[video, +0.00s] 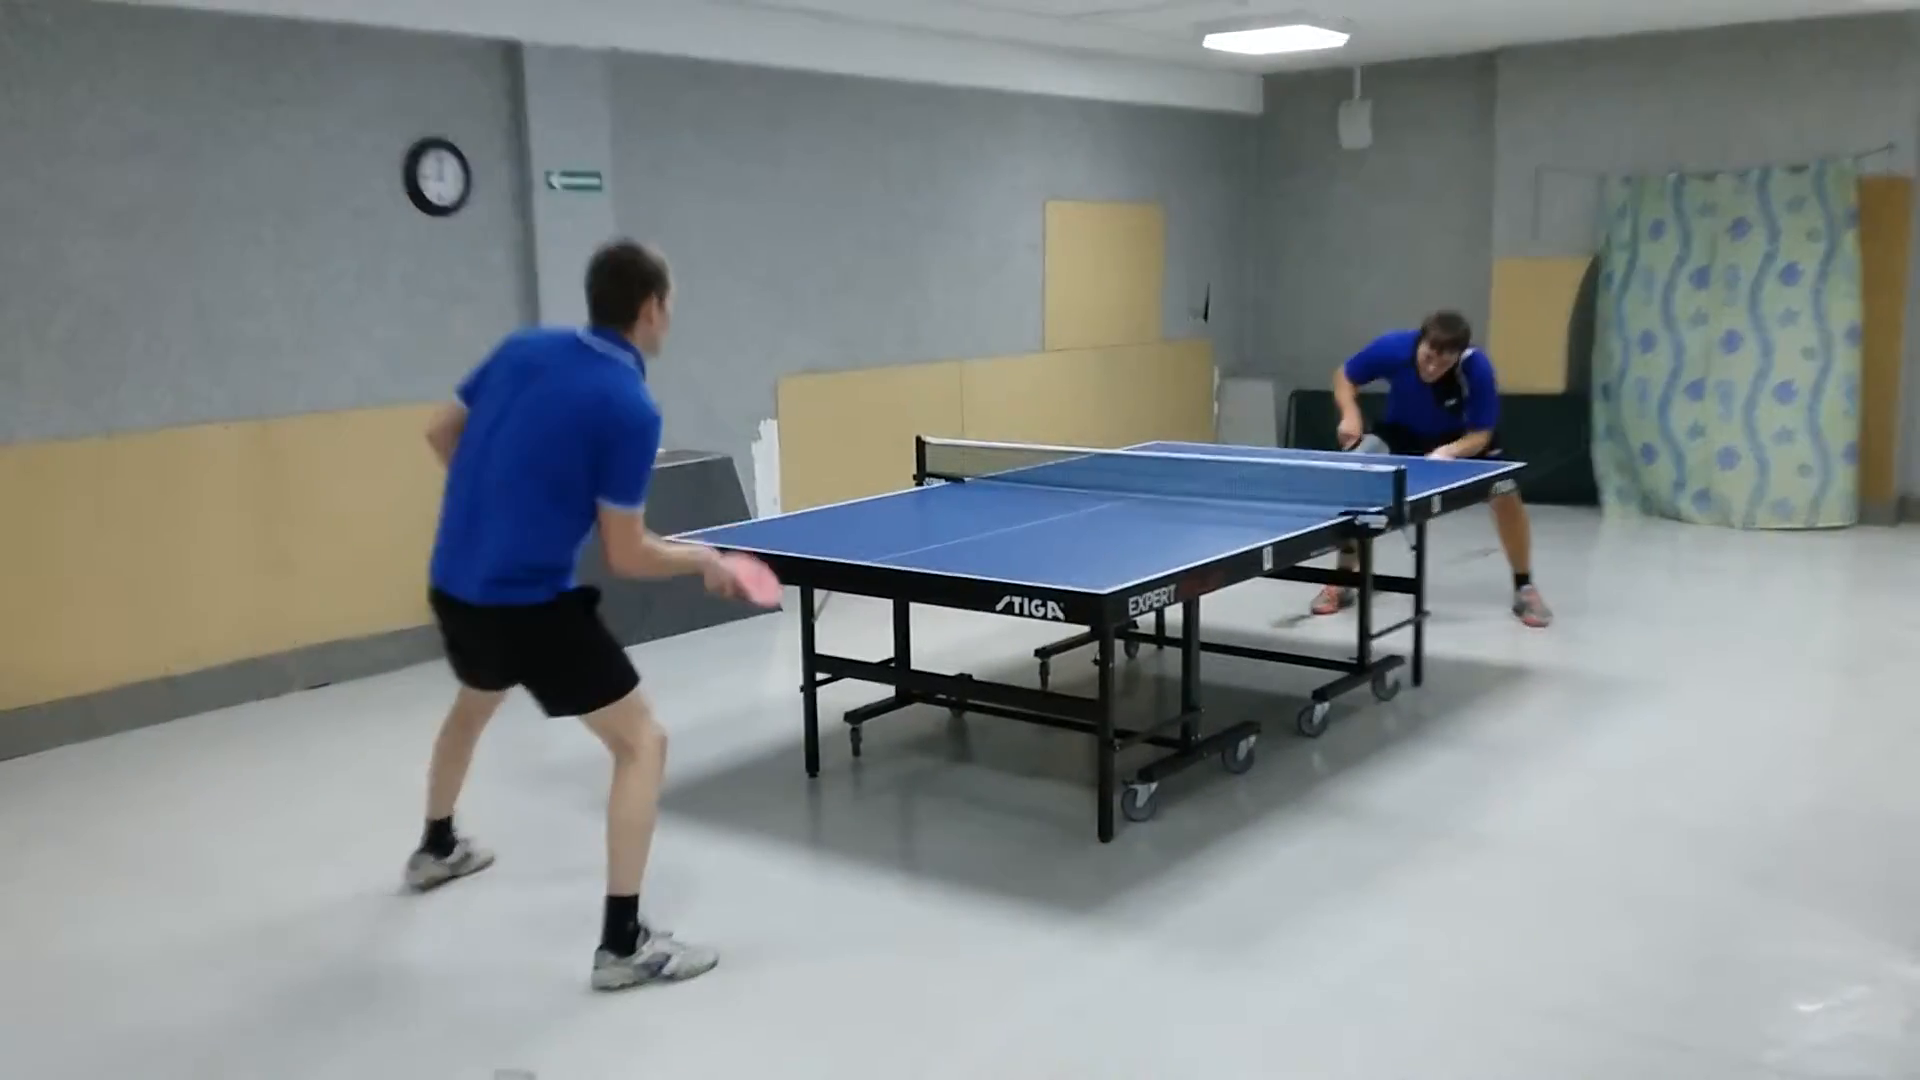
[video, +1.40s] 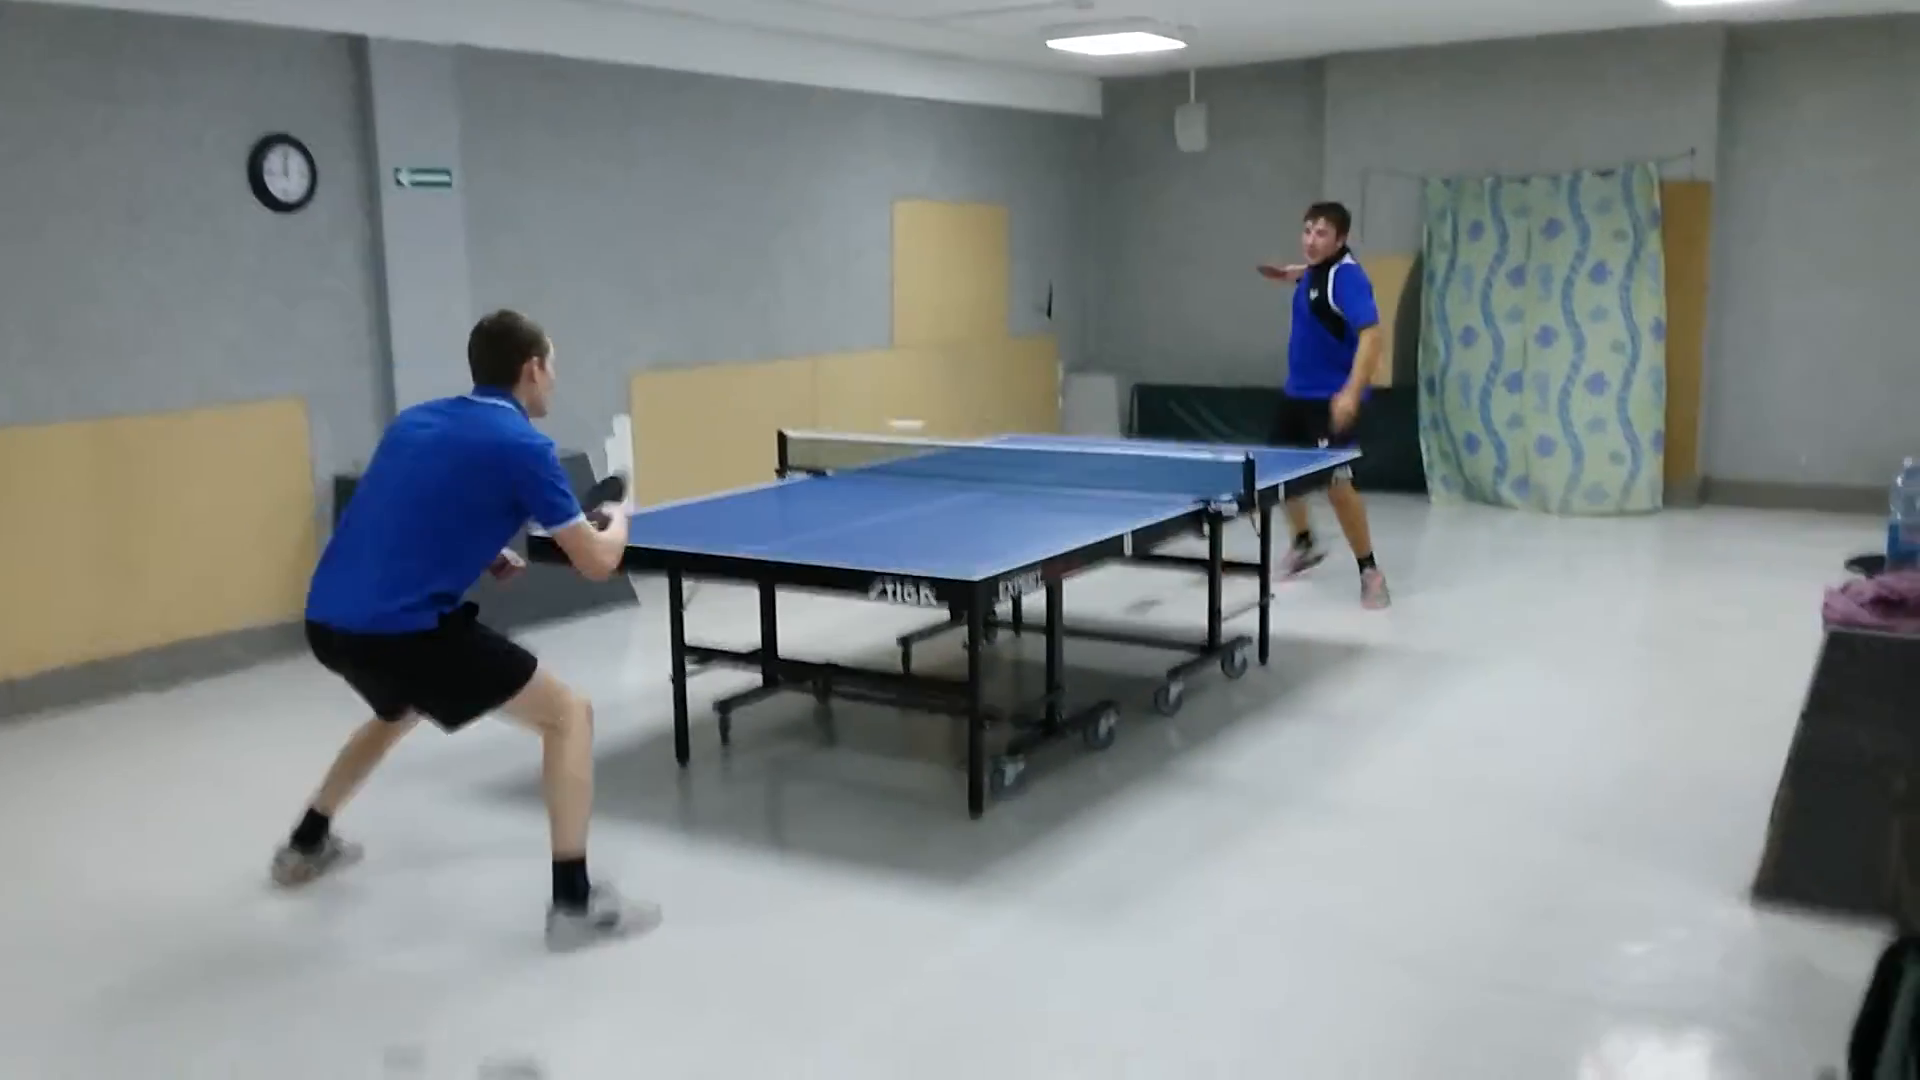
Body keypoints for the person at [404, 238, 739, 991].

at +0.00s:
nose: (669, 318)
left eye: (666, 304)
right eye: (667, 305)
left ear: (596, 303)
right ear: (650, 311)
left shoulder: (526, 348)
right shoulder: (628, 407)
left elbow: (442, 429)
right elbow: (627, 556)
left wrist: (497, 495)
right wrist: (702, 560)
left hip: (456, 582)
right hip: (534, 600)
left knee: (478, 696)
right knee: (641, 742)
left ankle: (435, 846)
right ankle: (623, 942)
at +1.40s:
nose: (552, 379)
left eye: (549, 366)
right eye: (549, 367)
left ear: (480, 370)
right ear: (532, 371)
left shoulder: (418, 419)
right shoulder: (525, 447)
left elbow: (399, 512)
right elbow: (596, 562)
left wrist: (480, 552)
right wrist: (615, 522)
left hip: (330, 620)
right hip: (408, 628)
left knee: (400, 708)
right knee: (567, 715)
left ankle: (305, 842)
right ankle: (574, 900)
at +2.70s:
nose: (187, 422)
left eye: (184, 406)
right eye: (181, 407)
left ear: (104, 418)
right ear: (152, 414)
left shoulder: (36, 478)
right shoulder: (154, 499)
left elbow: (44, 593)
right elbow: (218, 649)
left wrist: (143, 629)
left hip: (1, 713)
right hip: (49, 719)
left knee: (22, 823)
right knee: (223, 851)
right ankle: (216, 1057)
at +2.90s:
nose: (123, 417)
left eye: (121, 401)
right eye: (117, 402)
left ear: (44, 410)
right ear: (89, 407)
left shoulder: (7, 462)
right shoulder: (103, 478)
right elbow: (256, 578)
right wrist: (243, 615)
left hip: (10, 695)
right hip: (10, 698)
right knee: (109, 862)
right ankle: (197, 1059)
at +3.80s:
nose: (168, 364)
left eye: (163, 347)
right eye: (159, 347)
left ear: (93, 359)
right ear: (123, 356)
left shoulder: (32, 427)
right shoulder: (115, 446)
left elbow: (19, 552)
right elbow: (176, 599)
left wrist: (95, 610)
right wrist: (287, 620)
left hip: (10, 672)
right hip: (35, 684)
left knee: (24, 778)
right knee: (180, 816)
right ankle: (145, 1031)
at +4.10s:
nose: (70, 374)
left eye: (67, 360)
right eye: (63, 360)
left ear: (21, 366)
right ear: (35, 365)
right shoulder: (52, 427)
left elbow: (162, 528)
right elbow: (162, 529)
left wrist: (128, 539)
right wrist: (124, 552)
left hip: (16, 640)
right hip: (13, 638)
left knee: (47, 812)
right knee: (46, 812)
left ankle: (121, 1008)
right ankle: (121, 1010)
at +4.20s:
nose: (22, 359)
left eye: (18, 346)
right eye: (17, 347)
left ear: (0, 357)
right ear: (7, 354)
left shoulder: (30, 415)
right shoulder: (30, 414)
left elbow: (177, 427)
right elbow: (180, 428)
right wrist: (276, 397)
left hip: (5, 636)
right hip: (1, 635)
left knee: (17, 792)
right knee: (15, 790)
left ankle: (24, 993)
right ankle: (22, 993)